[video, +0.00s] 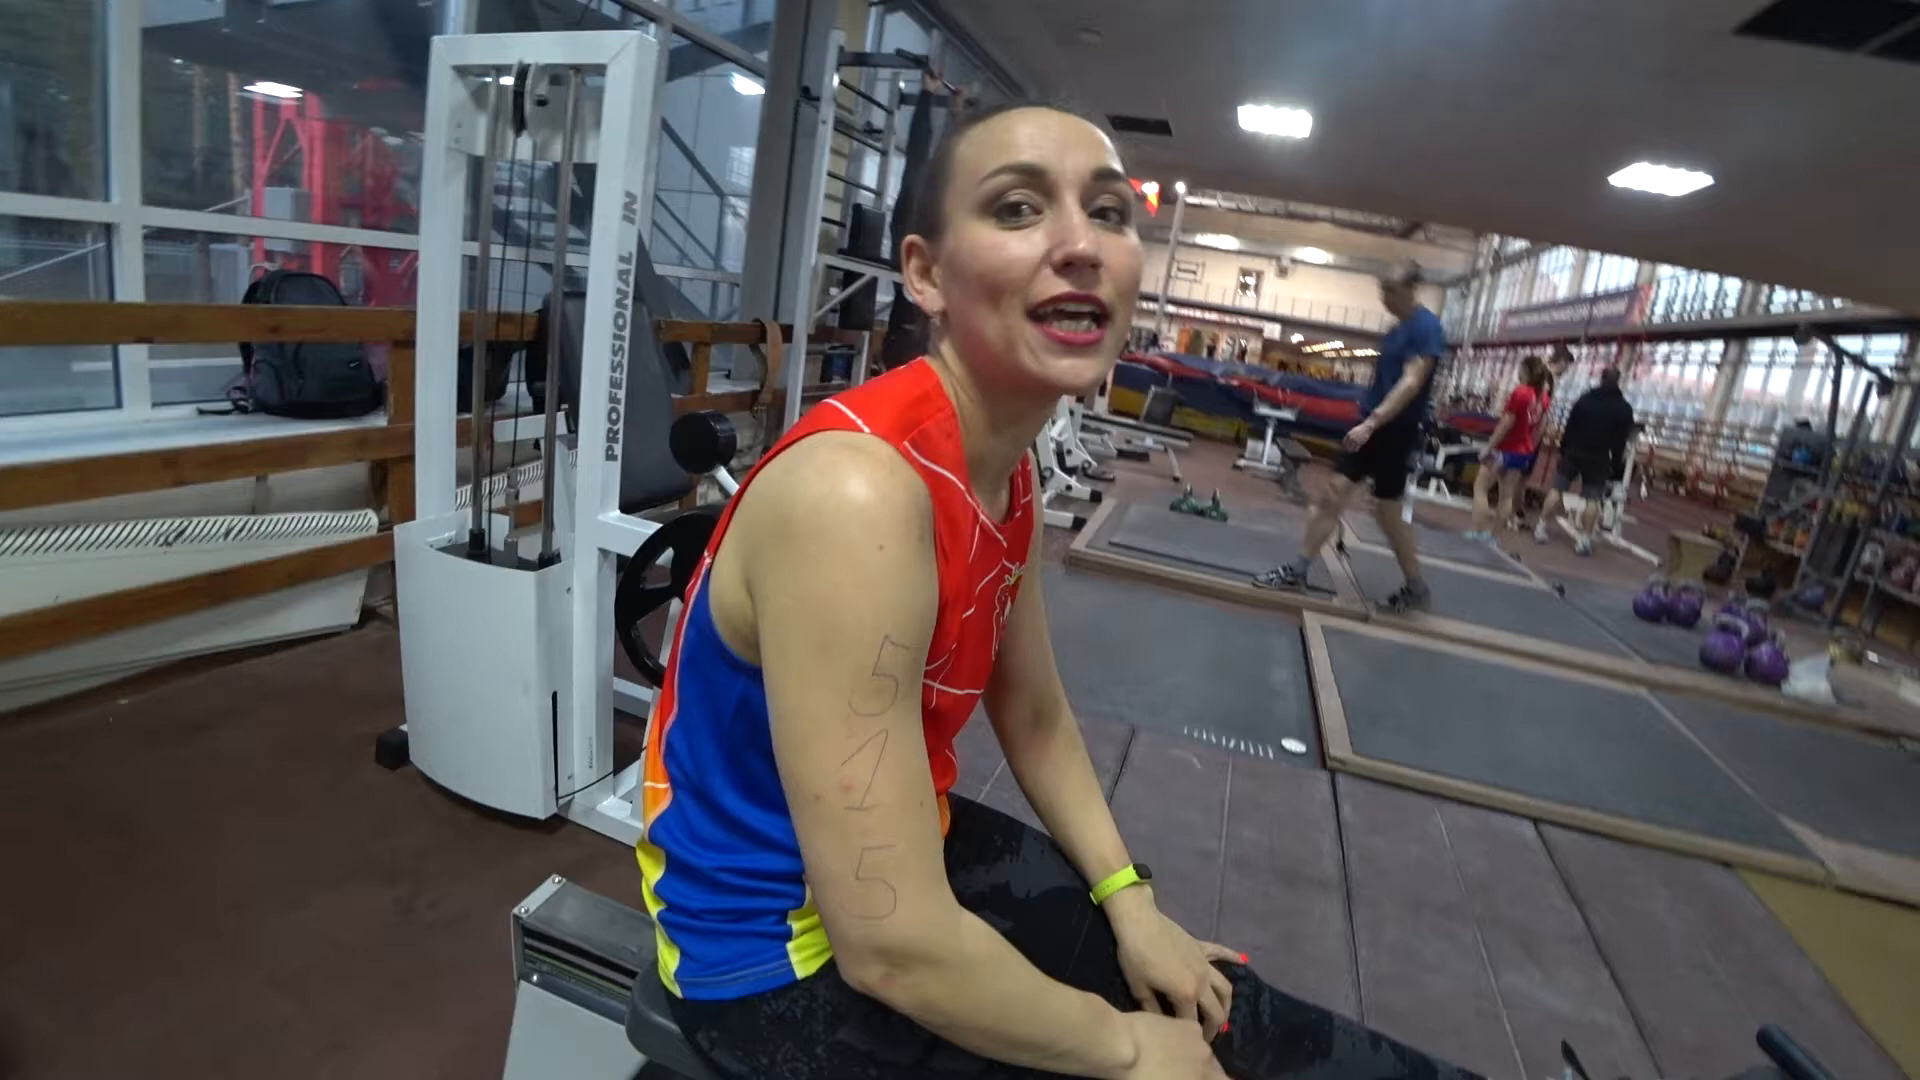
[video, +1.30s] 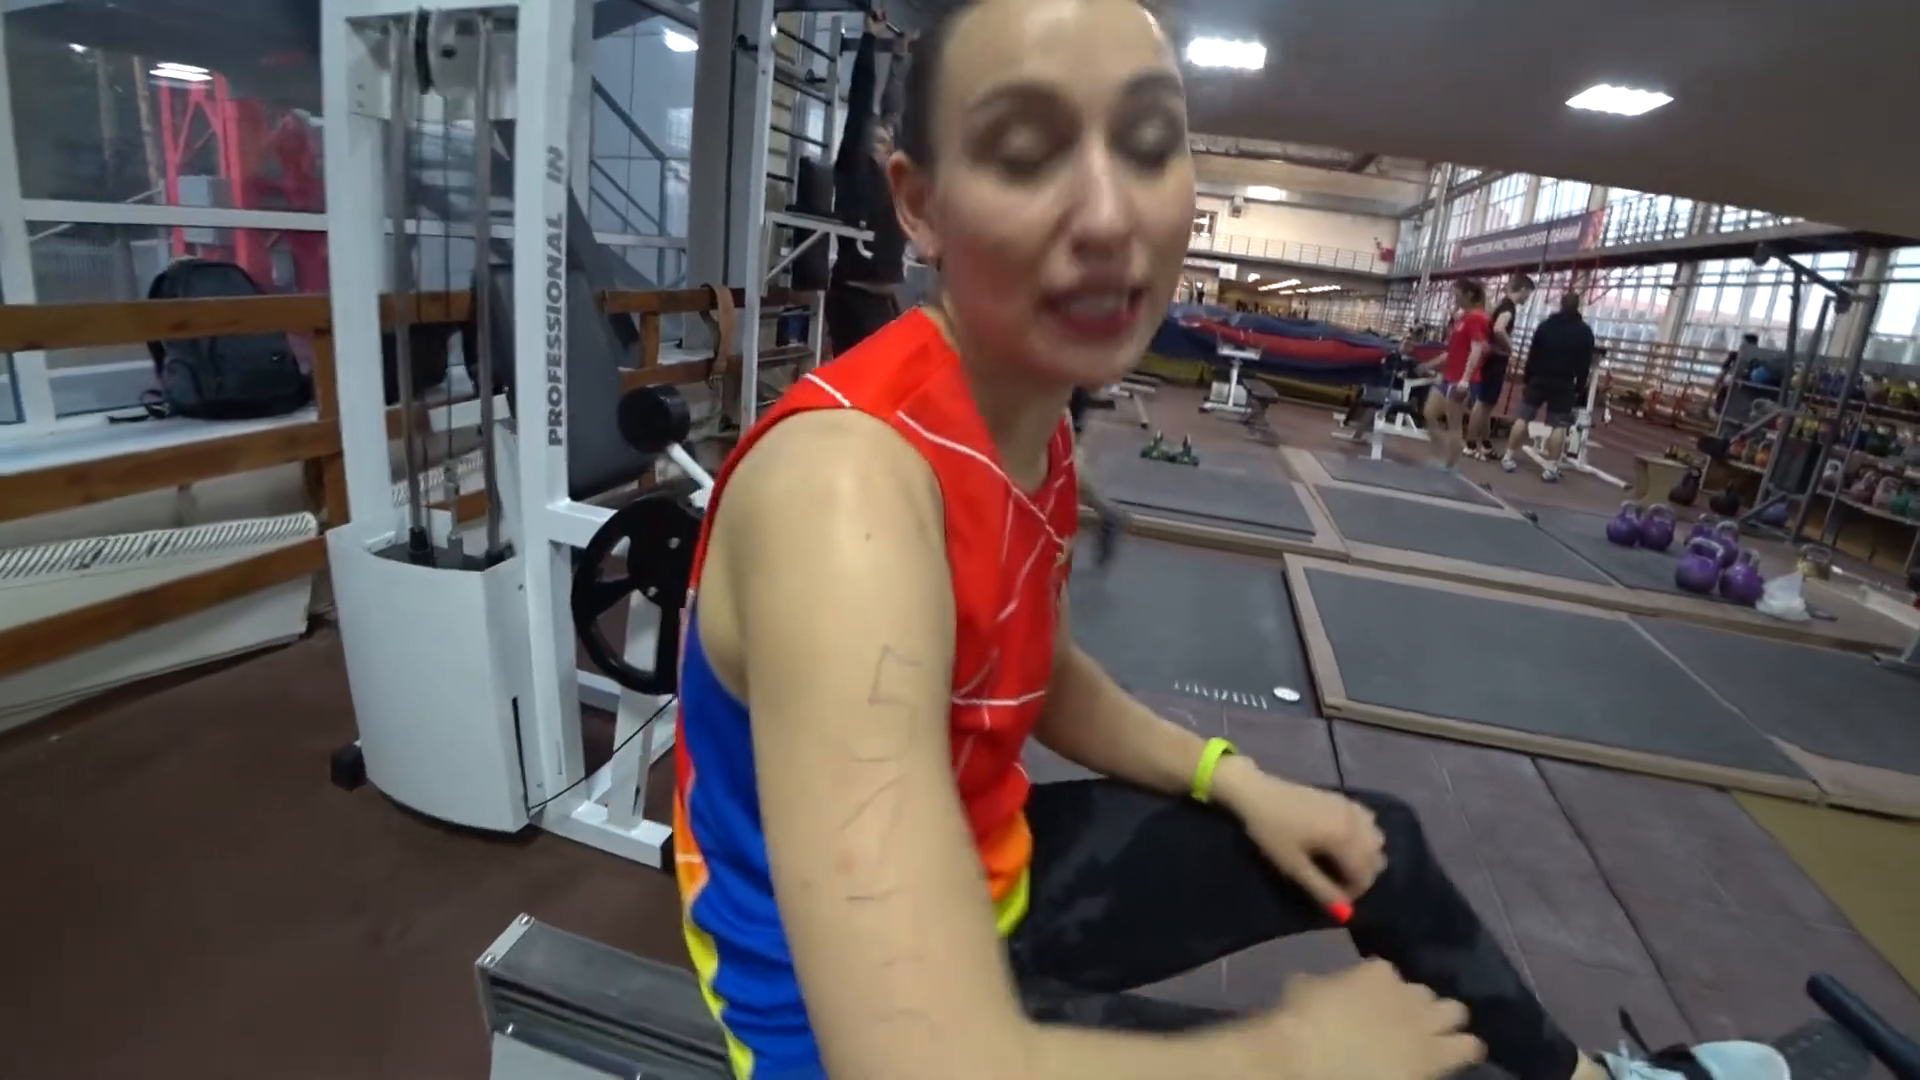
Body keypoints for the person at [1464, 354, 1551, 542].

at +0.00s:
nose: (1519, 373)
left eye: (1522, 370)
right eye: (1520, 369)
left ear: (1527, 372)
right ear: (1539, 373)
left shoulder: (1520, 393)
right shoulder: (1542, 397)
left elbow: (1507, 421)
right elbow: (1540, 427)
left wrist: (1489, 446)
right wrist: (1531, 446)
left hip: (1506, 449)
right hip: (1523, 452)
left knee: (1480, 486)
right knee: (1507, 496)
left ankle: (1477, 529)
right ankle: (1493, 535)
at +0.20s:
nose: (1507, 349)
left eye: (1509, 346)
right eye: (1508, 346)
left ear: (1514, 348)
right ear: (1528, 350)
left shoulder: (1506, 370)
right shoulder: (1531, 374)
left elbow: (1494, 398)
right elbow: (1529, 404)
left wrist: (1478, 423)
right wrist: (1521, 422)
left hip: (1495, 426)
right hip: (1514, 428)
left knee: (1471, 463)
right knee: (1498, 474)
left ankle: (1470, 508)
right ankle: (1487, 514)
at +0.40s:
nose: (1491, 334)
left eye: (1493, 331)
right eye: (1492, 331)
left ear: (1498, 333)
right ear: (1512, 334)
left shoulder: (1490, 354)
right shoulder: (1518, 358)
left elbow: (1477, 382)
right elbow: (1515, 386)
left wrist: (1462, 406)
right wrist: (1506, 402)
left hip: (1480, 411)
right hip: (1499, 413)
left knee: (1457, 450)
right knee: (1485, 459)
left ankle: (1457, 494)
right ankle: (1474, 499)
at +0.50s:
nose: (1479, 331)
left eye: (1482, 327)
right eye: (1481, 327)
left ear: (1489, 329)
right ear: (1498, 331)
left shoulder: (1482, 351)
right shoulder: (1504, 353)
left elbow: (1469, 380)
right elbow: (1505, 382)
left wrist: (1453, 402)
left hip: (1472, 408)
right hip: (1491, 409)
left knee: (1450, 446)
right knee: (1476, 455)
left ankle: (1452, 491)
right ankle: (1466, 494)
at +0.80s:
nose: (1462, 325)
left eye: (1466, 322)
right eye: (1463, 321)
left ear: (1477, 324)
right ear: (1479, 325)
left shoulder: (1472, 346)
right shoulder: (1484, 346)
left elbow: (1462, 375)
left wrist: (1444, 398)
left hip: (1460, 402)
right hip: (1473, 403)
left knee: (1439, 442)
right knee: (1460, 447)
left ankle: (1441, 487)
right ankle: (1454, 489)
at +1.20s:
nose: (1463, 307)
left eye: (1466, 304)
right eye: (1463, 303)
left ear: (1478, 305)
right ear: (1474, 305)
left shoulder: (1484, 329)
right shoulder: (1471, 327)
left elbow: (1479, 361)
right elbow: (1459, 359)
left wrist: (1467, 386)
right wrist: (1441, 376)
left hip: (1467, 389)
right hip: (1455, 386)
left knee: (1456, 432)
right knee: (1441, 423)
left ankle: (1455, 473)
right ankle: (1453, 467)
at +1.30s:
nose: (1455, 299)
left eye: (1458, 294)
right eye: (1455, 294)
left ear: (1470, 295)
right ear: (1466, 295)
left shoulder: (1478, 318)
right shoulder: (1464, 317)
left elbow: (1477, 349)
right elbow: (1453, 351)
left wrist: (1465, 379)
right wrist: (1430, 364)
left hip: (1462, 382)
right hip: (1448, 379)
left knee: (1454, 425)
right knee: (1430, 413)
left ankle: (1450, 465)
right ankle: (1439, 454)